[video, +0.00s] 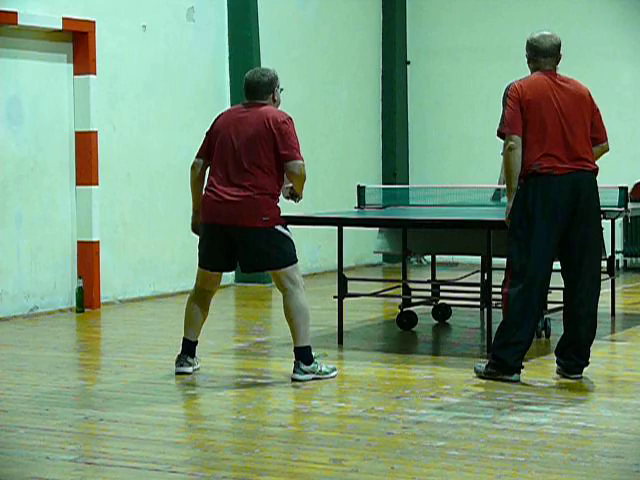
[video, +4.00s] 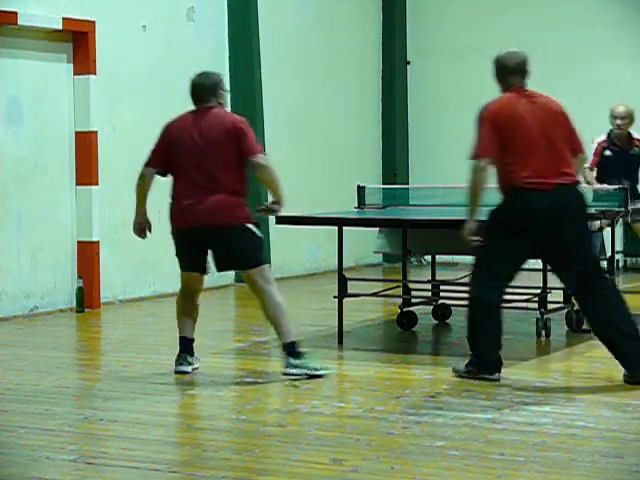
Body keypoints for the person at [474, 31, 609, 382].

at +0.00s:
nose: (533, 62)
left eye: (530, 57)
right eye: (549, 56)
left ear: (528, 58)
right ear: (559, 58)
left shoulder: (518, 90)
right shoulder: (581, 91)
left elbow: (513, 143)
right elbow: (600, 144)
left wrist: (512, 196)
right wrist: (570, 168)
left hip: (539, 191)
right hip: (583, 192)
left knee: (527, 276)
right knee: (584, 276)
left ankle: (506, 362)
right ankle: (572, 362)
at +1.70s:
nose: (499, 83)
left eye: (498, 78)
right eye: (502, 79)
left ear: (500, 78)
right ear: (529, 79)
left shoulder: (492, 102)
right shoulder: (549, 105)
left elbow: (473, 154)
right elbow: (570, 160)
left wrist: (465, 204)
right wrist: (535, 172)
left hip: (513, 192)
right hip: (557, 193)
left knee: (492, 271)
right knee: (548, 270)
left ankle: (481, 364)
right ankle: (563, 350)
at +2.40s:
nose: (505, 100)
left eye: (504, 95)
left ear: (505, 94)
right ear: (532, 94)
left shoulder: (509, 108)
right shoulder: (546, 113)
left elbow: (514, 144)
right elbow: (548, 151)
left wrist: (510, 198)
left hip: (549, 179)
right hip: (583, 180)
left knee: (541, 264)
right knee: (569, 264)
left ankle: (535, 351)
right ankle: (559, 350)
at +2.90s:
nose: (517, 74)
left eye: (515, 69)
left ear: (516, 69)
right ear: (545, 67)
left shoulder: (513, 101)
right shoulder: (569, 97)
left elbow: (502, 157)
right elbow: (598, 148)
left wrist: (491, 207)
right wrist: (567, 174)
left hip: (545, 191)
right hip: (586, 191)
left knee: (531, 273)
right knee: (576, 273)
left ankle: (536, 363)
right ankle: (563, 354)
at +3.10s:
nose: (533, 67)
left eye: (531, 63)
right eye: (545, 60)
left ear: (532, 63)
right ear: (561, 61)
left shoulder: (529, 93)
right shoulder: (584, 93)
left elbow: (521, 147)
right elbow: (611, 145)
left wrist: (511, 201)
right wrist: (583, 175)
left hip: (557, 188)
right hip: (596, 188)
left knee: (544, 273)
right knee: (587, 272)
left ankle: (537, 364)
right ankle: (616, 351)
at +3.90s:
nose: (527, 80)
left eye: (522, 75)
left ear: (521, 76)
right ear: (549, 75)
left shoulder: (517, 108)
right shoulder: (573, 106)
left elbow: (511, 161)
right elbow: (602, 159)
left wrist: (500, 215)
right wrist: (578, 188)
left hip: (547, 206)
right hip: (592, 204)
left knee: (511, 281)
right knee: (608, 283)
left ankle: (487, 362)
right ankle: (638, 363)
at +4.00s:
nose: (499, 80)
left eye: (498, 75)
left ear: (498, 77)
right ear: (526, 75)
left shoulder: (494, 111)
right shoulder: (552, 106)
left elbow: (482, 165)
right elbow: (578, 155)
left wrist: (472, 217)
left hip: (522, 208)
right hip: (567, 205)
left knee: (486, 279)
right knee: (591, 281)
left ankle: (485, 363)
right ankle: (636, 362)